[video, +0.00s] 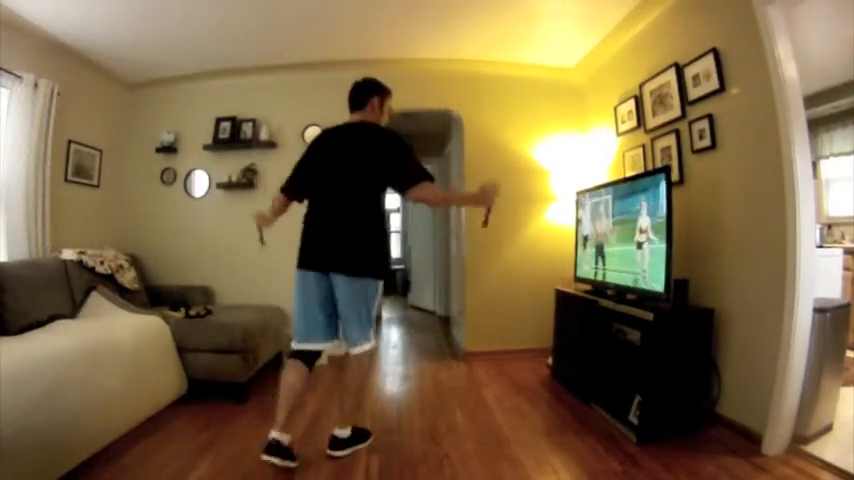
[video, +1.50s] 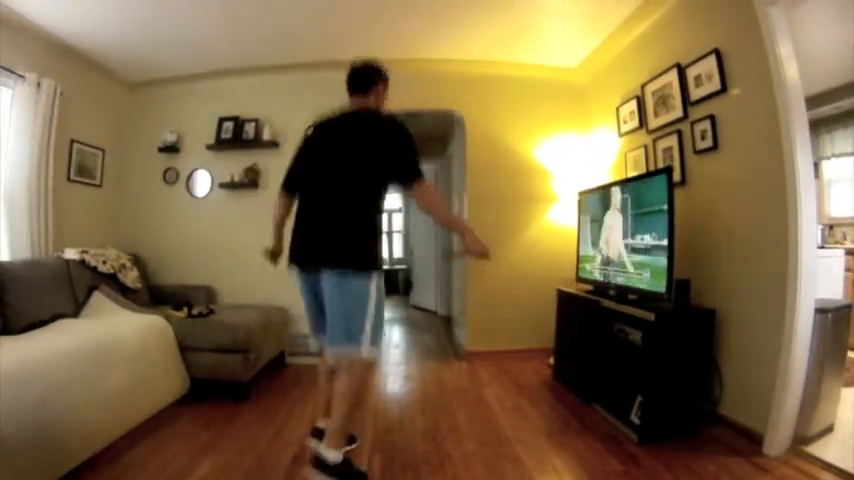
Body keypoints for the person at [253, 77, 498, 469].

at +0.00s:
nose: (387, 114)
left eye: (387, 108)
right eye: (387, 107)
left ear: (352, 106)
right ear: (376, 105)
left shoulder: (325, 140)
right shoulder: (386, 142)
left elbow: (289, 191)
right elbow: (421, 192)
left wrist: (270, 216)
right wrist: (475, 197)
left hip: (313, 252)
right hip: (359, 254)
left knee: (303, 348)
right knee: (360, 347)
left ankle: (278, 435)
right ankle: (344, 431)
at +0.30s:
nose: (389, 123)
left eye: (388, 116)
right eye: (388, 115)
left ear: (351, 114)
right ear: (375, 114)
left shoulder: (322, 151)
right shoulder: (382, 153)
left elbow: (291, 210)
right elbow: (418, 209)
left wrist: (270, 251)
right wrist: (459, 253)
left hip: (305, 264)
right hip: (352, 268)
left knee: (285, 357)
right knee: (355, 353)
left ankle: (250, 445)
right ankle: (347, 430)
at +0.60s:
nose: (392, 86)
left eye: (392, 79)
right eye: (391, 78)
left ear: (356, 73)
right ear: (377, 74)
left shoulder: (323, 108)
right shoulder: (387, 112)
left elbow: (280, 161)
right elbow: (411, 172)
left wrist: (242, 185)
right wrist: (461, 189)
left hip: (309, 225)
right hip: (357, 230)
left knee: (302, 317)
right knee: (355, 322)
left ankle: (263, 395)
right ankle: (348, 418)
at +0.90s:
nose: (388, 113)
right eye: (386, 105)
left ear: (349, 102)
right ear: (380, 100)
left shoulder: (320, 125)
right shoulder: (372, 103)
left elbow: (280, 164)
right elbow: (391, 148)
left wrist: (257, 208)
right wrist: (430, 191)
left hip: (299, 214)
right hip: (339, 213)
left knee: (325, 312)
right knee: (329, 316)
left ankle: (325, 396)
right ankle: (293, 419)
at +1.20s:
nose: (381, 106)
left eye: (380, 98)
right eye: (380, 98)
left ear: (341, 100)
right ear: (374, 98)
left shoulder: (315, 139)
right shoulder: (378, 138)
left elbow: (277, 192)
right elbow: (413, 200)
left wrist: (274, 211)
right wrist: (471, 213)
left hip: (301, 270)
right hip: (346, 273)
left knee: (330, 361)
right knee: (359, 376)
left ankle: (323, 435)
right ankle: (327, 463)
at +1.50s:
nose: (387, 97)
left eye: (383, 90)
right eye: (387, 90)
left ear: (349, 91)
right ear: (381, 90)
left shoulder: (320, 130)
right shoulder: (389, 131)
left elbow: (287, 190)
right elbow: (419, 191)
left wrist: (276, 237)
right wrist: (463, 230)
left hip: (308, 250)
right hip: (352, 253)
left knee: (331, 351)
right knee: (355, 358)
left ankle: (327, 427)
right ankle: (332, 450)